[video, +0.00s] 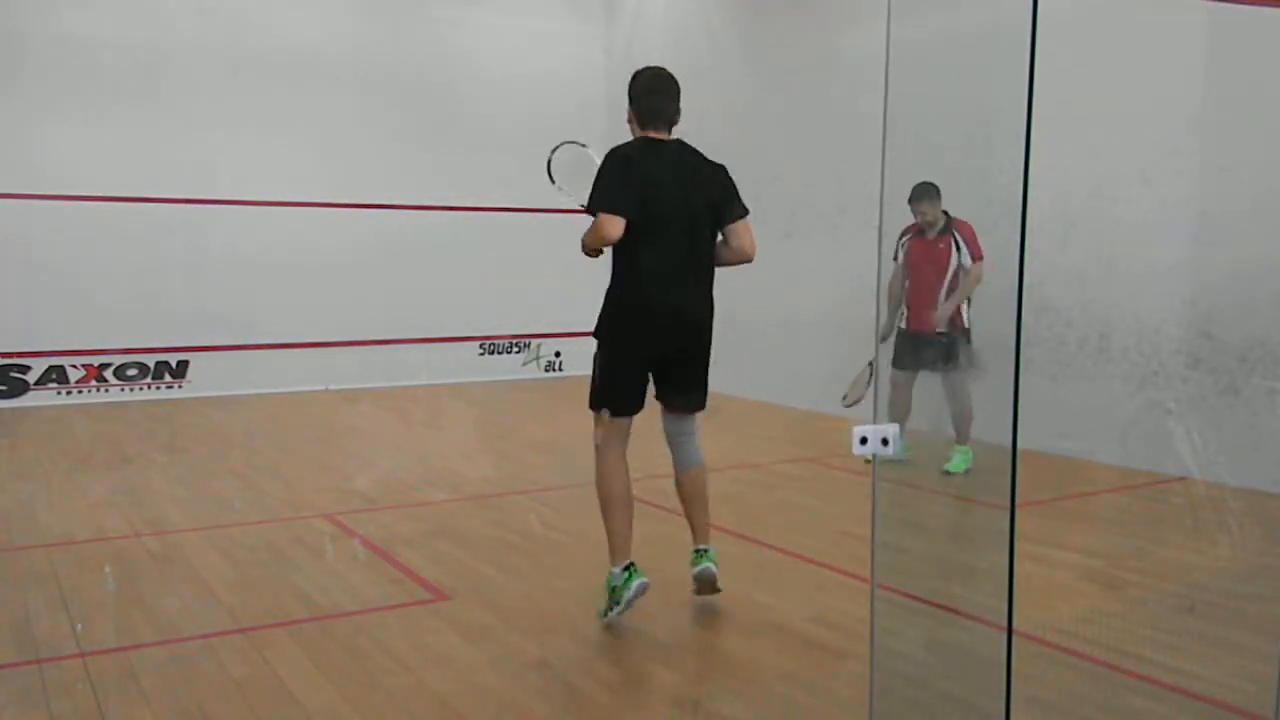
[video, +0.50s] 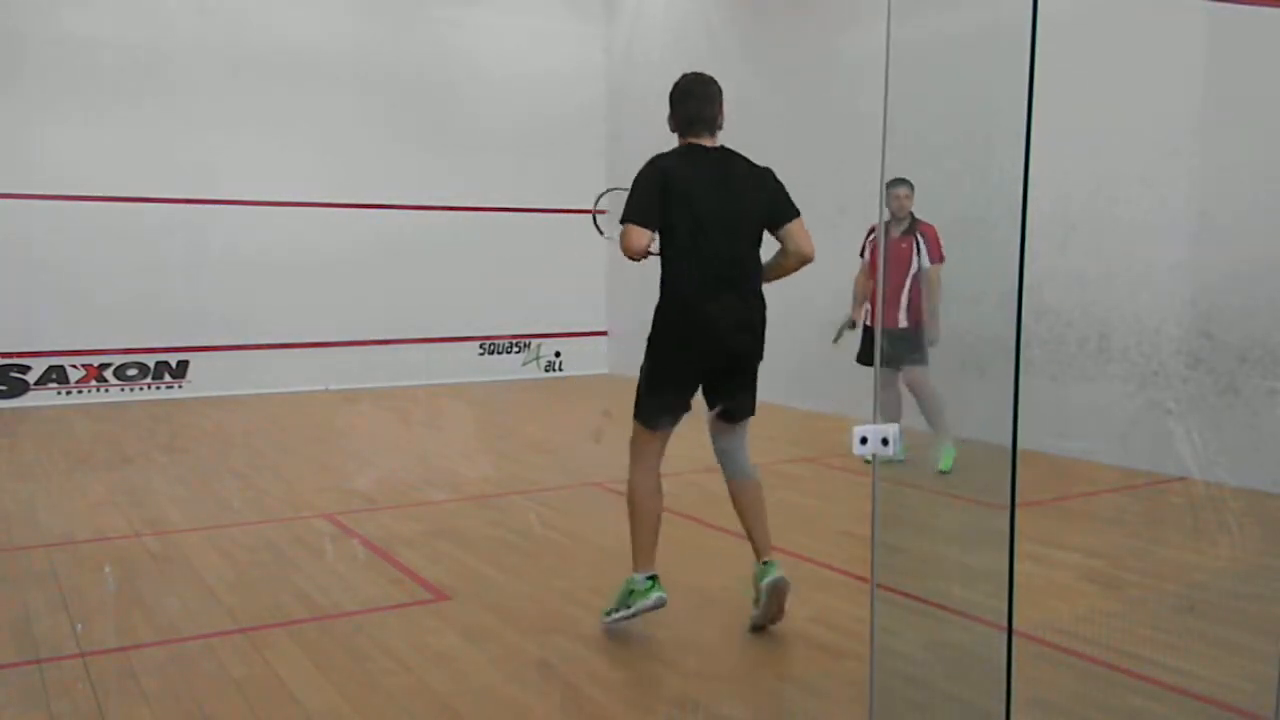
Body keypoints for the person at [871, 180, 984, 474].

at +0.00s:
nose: (922, 220)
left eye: (927, 214)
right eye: (917, 215)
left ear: (940, 207)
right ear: (912, 212)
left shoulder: (960, 232)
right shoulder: (908, 237)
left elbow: (974, 273)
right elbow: (898, 279)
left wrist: (949, 306)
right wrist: (889, 320)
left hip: (948, 330)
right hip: (912, 328)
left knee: (955, 386)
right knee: (899, 382)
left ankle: (962, 448)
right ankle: (895, 442)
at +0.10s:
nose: (916, 215)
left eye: (921, 209)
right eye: (911, 209)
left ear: (934, 205)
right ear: (907, 208)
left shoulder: (952, 232)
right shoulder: (900, 236)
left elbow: (963, 273)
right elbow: (891, 279)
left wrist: (928, 294)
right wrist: (886, 319)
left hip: (941, 330)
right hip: (905, 328)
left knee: (950, 387)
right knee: (897, 384)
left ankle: (961, 448)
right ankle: (895, 443)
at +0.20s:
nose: (914, 207)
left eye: (919, 202)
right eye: (909, 203)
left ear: (929, 202)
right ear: (902, 206)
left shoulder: (943, 231)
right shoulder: (892, 236)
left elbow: (951, 273)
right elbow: (886, 279)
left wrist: (908, 290)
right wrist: (881, 319)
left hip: (933, 328)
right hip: (897, 327)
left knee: (945, 384)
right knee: (892, 382)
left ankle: (960, 447)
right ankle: (894, 443)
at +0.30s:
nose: (910, 203)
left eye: (915, 198)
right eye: (904, 199)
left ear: (923, 201)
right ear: (896, 203)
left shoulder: (935, 231)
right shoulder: (887, 234)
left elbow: (938, 274)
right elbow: (876, 276)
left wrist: (902, 304)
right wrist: (874, 316)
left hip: (924, 326)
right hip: (890, 325)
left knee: (939, 382)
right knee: (889, 382)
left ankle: (958, 446)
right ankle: (893, 444)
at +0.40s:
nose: (905, 203)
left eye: (910, 198)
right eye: (900, 198)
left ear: (917, 201)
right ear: (891, 202)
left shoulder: (928, 232)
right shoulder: (880, 234)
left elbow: (930, 277)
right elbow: (868, 278)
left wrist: (918, 316)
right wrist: (863, 319)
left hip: (915, 325)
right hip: (884, 326)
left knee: (929, 383)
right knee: (888, 384)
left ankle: (955, 442)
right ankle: (893, 444)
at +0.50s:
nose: (900, 203)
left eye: (905, 198)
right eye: (895, 198)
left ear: (913, 200)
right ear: (887, 201)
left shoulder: (924, 233)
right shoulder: (876, 233)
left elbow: (932, 279)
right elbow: (865, 274)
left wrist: (932, 320)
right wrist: (856, 308)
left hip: (909, 324)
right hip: (879, 324)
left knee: (914, 379)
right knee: (886, 382)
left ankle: (945, 440)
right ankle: (890, 443)